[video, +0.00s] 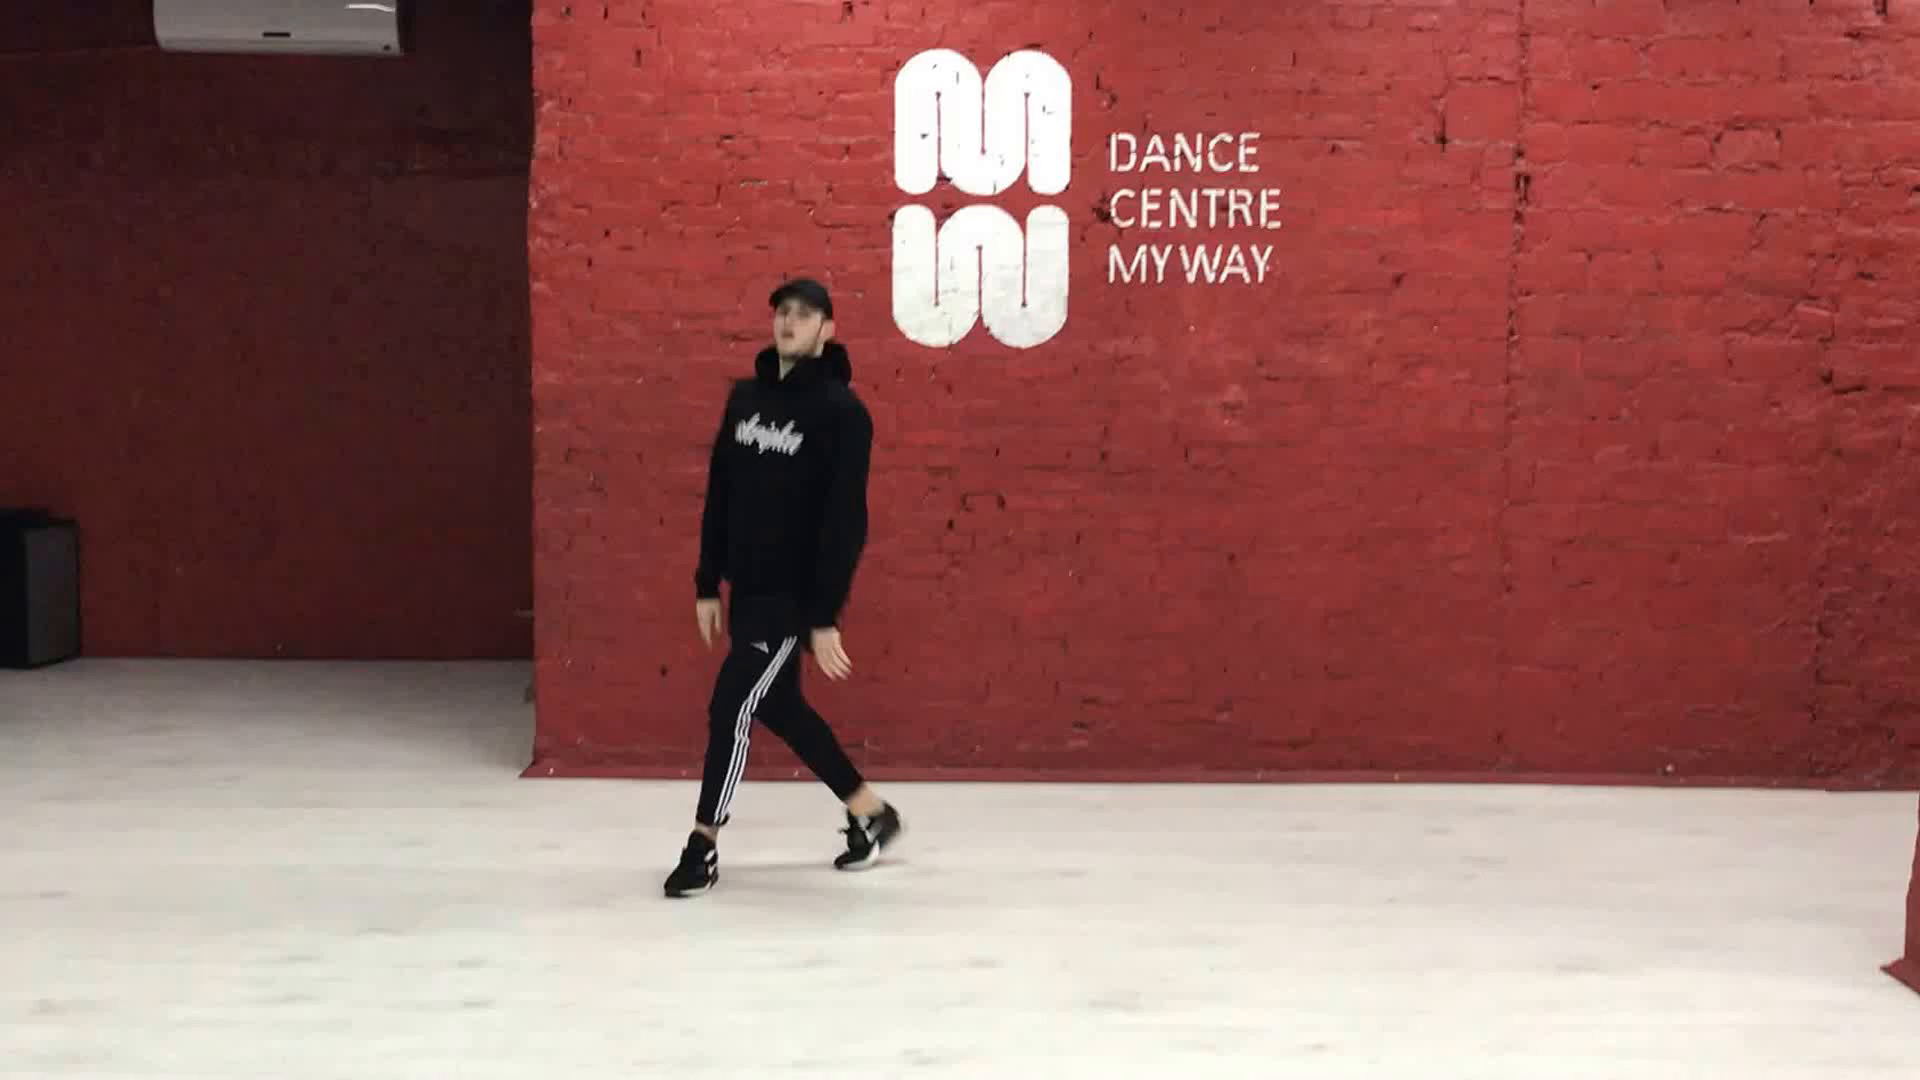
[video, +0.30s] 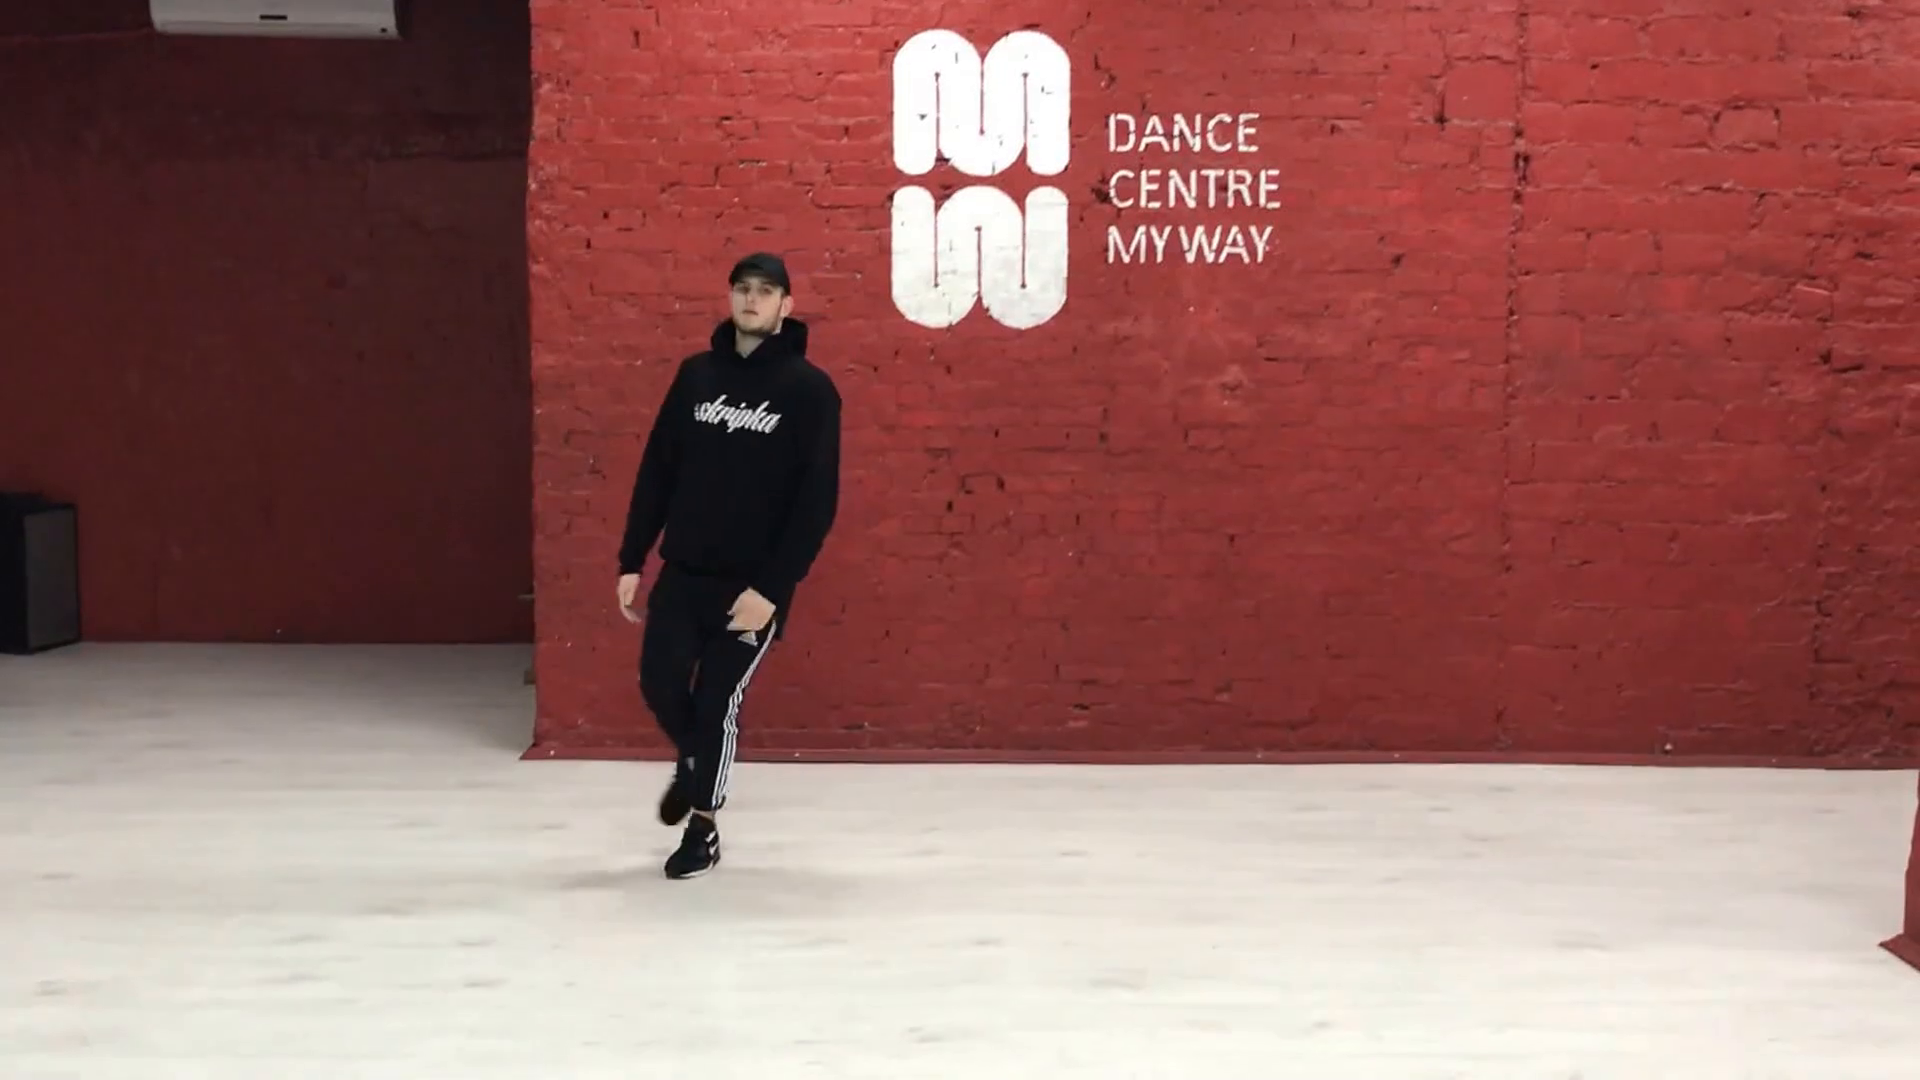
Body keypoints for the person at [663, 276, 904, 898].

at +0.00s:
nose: (788, 324)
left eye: (803, 315)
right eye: (782, 313)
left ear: (826, 328)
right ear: (772, 322)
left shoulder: (843, 412)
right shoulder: (746, 396)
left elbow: (847, 520)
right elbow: (720, 493)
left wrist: (825, 616)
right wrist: (708, 584)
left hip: (797, 590)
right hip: (745, 586)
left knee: (730, 707)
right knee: (785, 711)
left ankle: (702, 842)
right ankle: (869, 811)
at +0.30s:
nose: (752, 301)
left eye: (765, 292)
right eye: (743, 290)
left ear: (785, 304)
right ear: (728, 299)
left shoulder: (810, 391)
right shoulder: (696, 375)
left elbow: (817, 502)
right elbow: (657, 469)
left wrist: (772, 587)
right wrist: (632, 560)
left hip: (756, 577)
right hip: (686, 567)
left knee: (715, 702)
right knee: (659, 684)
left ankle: (703, 825)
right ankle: (693, 762)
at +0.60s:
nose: (733, 273)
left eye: (746, 263)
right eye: (723, 262)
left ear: (764, 275)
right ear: (705, 272)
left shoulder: (800, 364)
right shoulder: (668, 351)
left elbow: (836, 465)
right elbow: (622, 448)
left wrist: (811, 552)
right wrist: (632, 540)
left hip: (758, 553)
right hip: (680, 547)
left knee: (725, 688)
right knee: (703, 681)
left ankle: (695, 818)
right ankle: (700, 829)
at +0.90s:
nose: (737, 240)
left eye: (748, 230)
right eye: (723, 230)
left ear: (765, 243)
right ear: (702, 243)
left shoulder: (801, 328)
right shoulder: (671, 327)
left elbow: (847, 430)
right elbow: (631, 435)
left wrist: (831, 399)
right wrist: (639, 396)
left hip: (770, 534)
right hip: (691, 533)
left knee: (748, 687)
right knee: (724, 680)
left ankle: (705, 787)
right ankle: (727, 838)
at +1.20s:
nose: (770, 209)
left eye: (780, 198)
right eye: (756, 197)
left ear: (793, 212)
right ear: (727, 208)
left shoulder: (819, 304)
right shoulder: (686, 296)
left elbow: (857, 411)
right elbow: (635, 402)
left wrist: (925, 361)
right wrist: (588, 349)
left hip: (799, 522)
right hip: (713, 522)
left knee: (814, 669)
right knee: (736, 673)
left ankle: (795, 824)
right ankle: (730, 826)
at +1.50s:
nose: (802, 267)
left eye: (817, 256)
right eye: (793, 253)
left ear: (837, 247)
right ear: (768, 234)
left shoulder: (854, 304)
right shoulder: (722, 288)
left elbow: (932, 380)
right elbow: (640, 327)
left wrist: (895, 299)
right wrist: (725, 262)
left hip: (842, 522)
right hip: (752, 524)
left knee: (848, 674)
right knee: (774, 679)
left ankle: (828, 838)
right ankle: (736, 800)